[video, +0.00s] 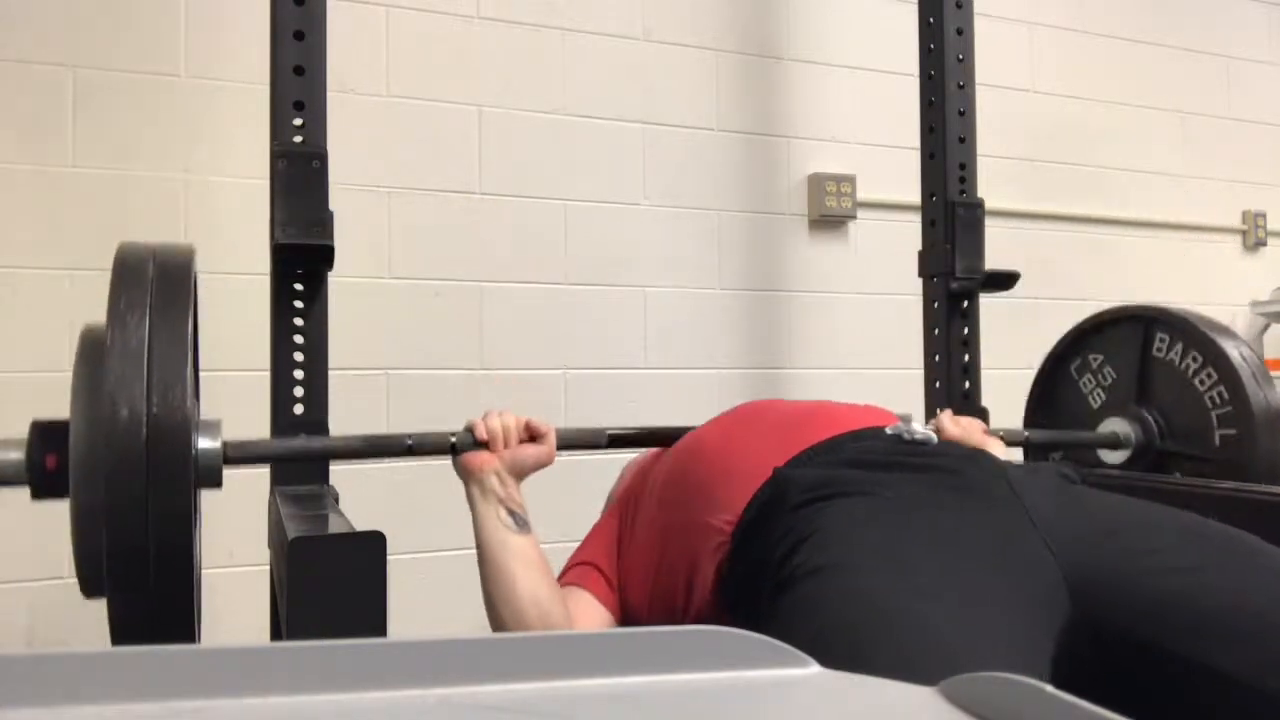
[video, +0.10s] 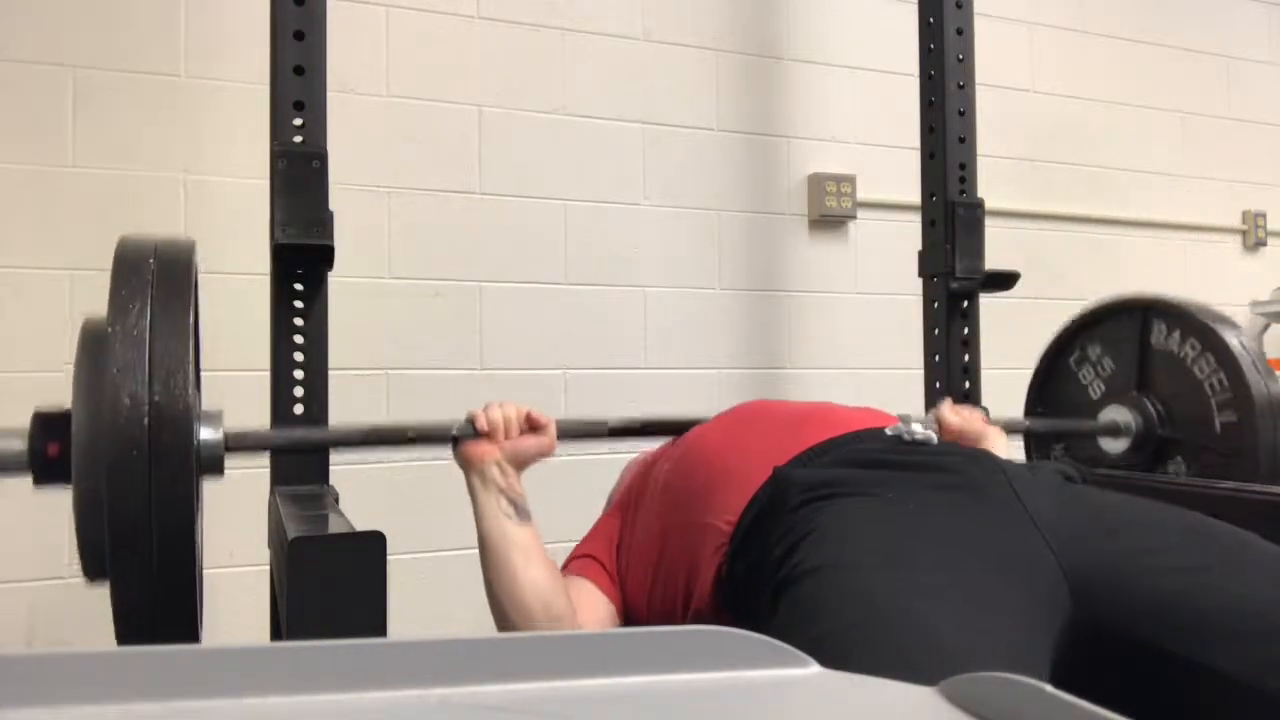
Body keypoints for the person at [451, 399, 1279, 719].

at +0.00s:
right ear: (625, 506)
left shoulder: (855, 423)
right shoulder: (613, 542)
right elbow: (552, 640)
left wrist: (983, 457)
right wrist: (492, 496)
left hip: (1034, 487)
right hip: (857, 505)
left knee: (1275, 605)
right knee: (929, 696)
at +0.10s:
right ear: (640, 490)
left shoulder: (863, 423)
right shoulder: (620, 531)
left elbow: (1034, 516)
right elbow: (554, 632)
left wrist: (989, 450)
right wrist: (494, 488)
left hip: (1038, 488)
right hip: (859, 504)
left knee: (1274, 603)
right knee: (932, 692)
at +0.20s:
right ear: (644, 489)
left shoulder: (874, 423)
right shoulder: (628, 526)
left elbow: (1015, 517)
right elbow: (549, 605)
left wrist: (983, 424)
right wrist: (494, 449)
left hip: (1020, 482)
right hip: (854, 498)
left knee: (1273, 602)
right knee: (935, 677)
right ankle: (967, 704)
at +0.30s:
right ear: (642, 503)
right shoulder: (625, 532)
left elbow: (988, 485)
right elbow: (534, 576)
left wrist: (980, 381)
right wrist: (490, 406)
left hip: (1020, 479)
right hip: (845, 504)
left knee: (1274, 618)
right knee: (926, 678)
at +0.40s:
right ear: (648, 489)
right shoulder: (622, 543)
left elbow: (971, 473)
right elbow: (520, 533)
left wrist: (966, 351)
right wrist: (484, 367)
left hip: (1040, 484)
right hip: (858, 508)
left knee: (1275, 618)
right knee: (922, 695)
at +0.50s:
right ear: (639, 490)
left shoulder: (856, 436)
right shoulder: (615, 541)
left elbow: (954, 451)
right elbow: (515, 500)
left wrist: (952, 325)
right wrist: (479, 336)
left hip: (1046, 483)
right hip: (860, 505)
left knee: (1275, 620)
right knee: (924, 695)